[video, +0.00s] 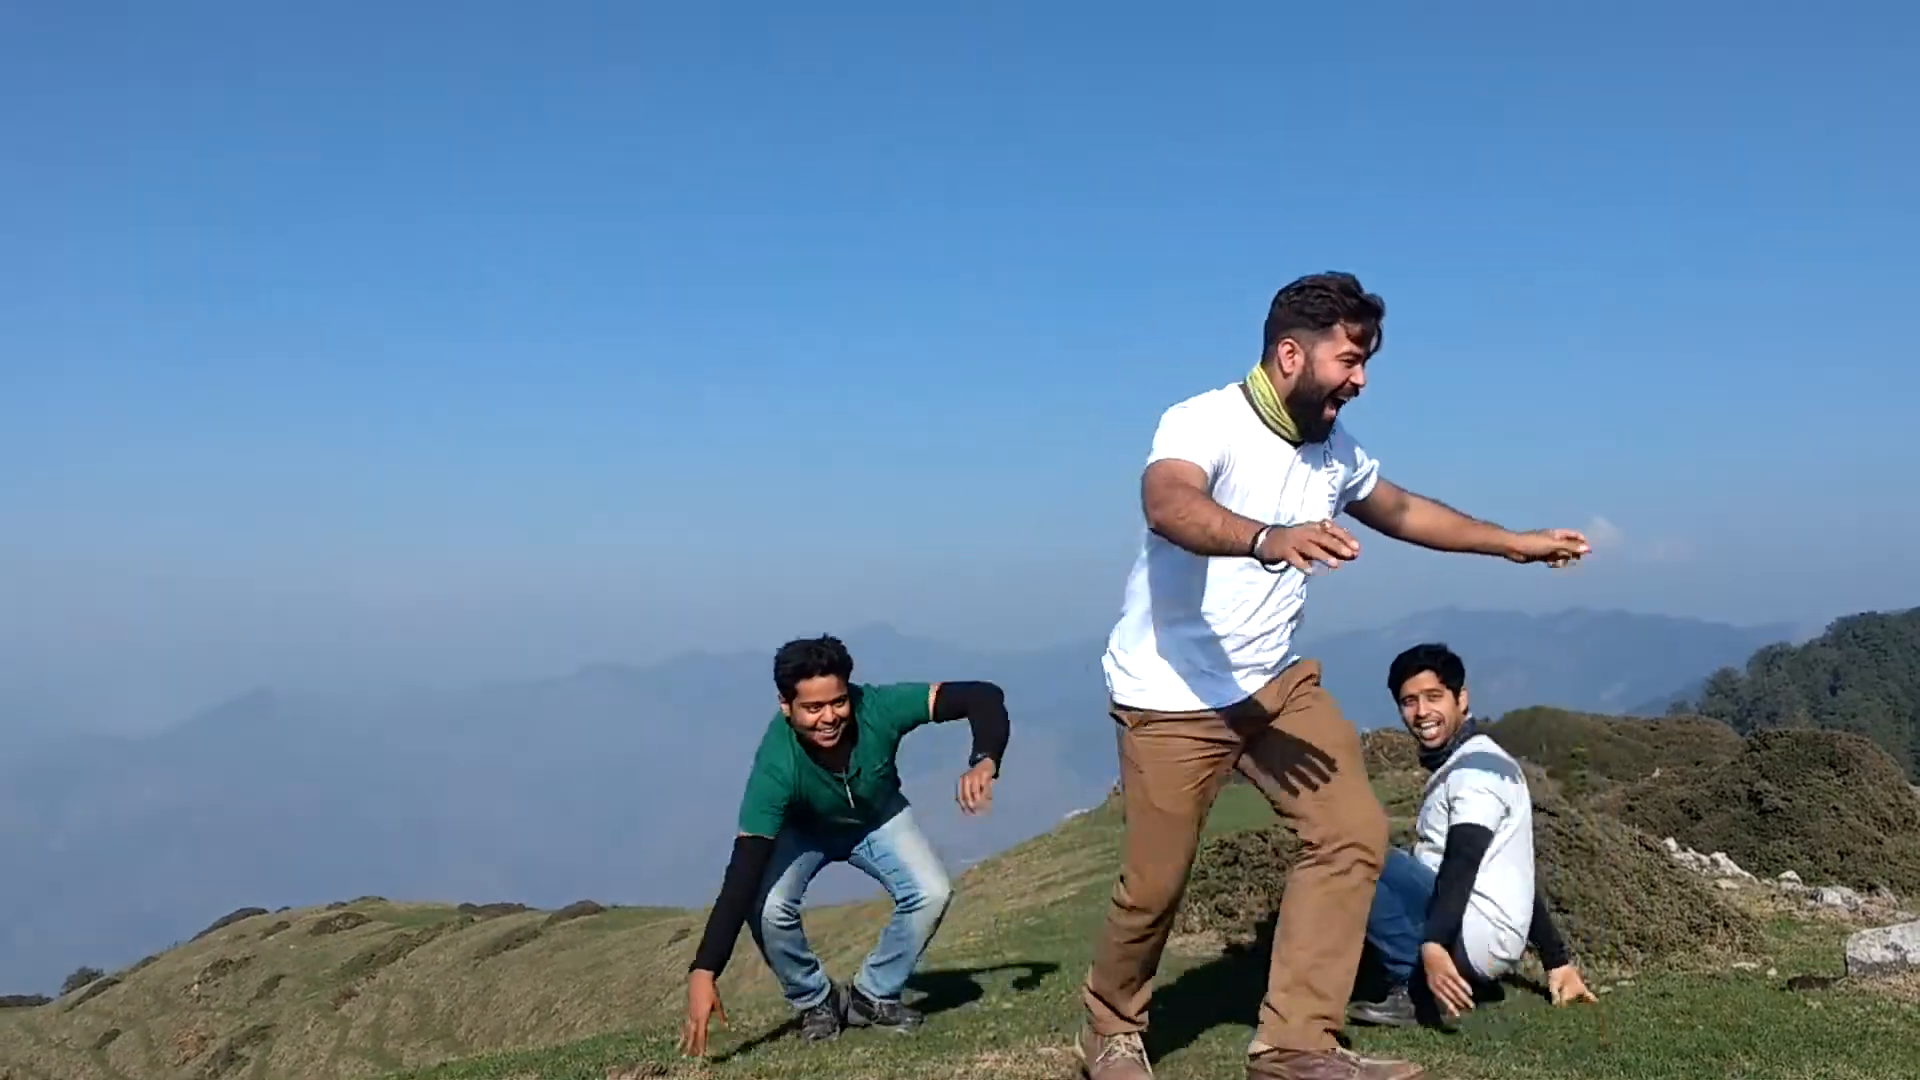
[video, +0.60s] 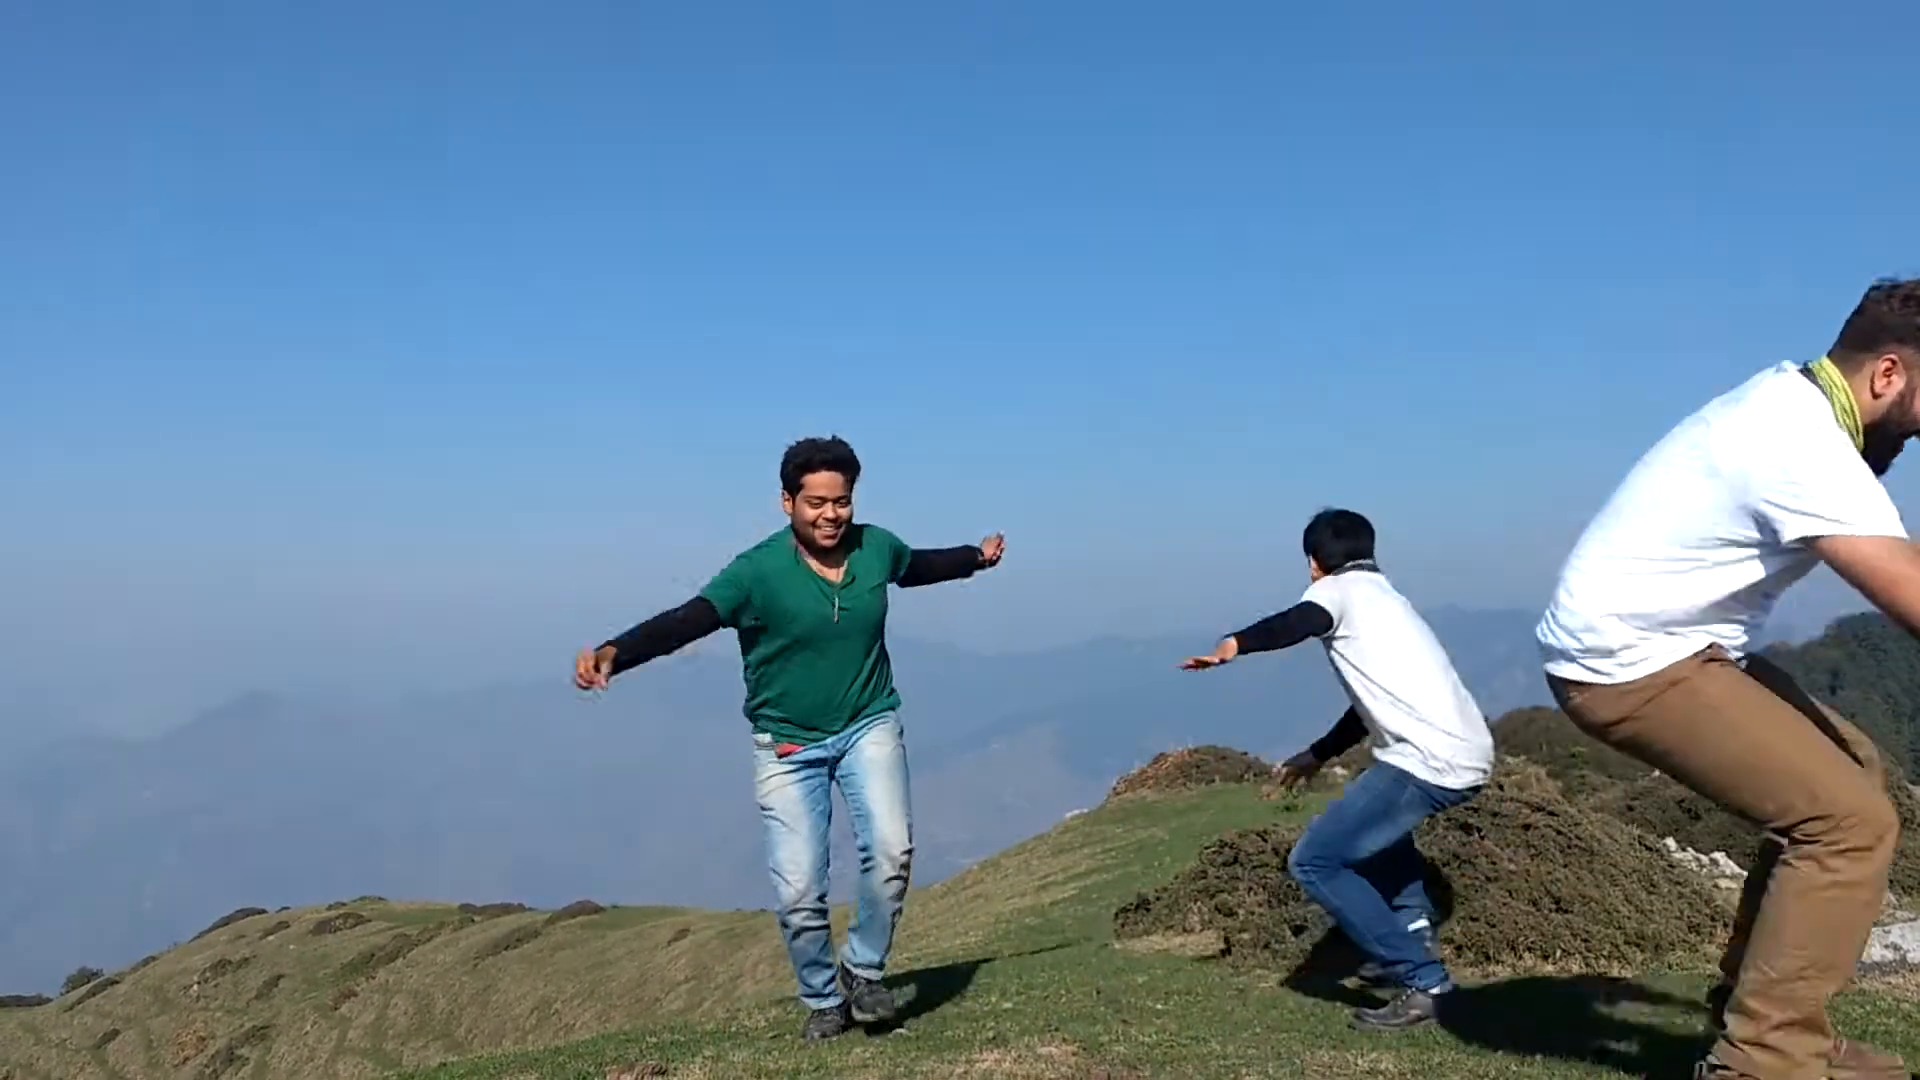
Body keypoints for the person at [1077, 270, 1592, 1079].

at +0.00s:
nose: (1359, 380)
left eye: (1365, 362)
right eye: (1348, 359)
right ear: (1288, 351)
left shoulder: (1333, 451)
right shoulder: (1202, 421)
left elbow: (1400, 512)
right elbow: (1169, 507)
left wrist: (1514, 543)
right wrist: (1264, 537)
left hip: (1276, 683)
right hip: (1172, 695)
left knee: (1349, 834)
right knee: (1153, 889)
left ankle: (1295, 1044)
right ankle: (1115, 1024)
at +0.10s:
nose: (1443, 367)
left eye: (1448, 350)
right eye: (1434, 345)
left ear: (1383, 340)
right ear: (1371, 332)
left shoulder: (1396, 440)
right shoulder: (1277, 397)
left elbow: (1483, 515)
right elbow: (1265, 486)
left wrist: (1608, 564)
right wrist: (1362, 545)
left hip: (1325, 673)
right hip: (1224, 675)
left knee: (1375, 845)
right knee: (1246, 868)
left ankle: (1293, 1043)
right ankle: (1126, 969)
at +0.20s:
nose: (1523, 370)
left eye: (1530, 352)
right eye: (1517, 347)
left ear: (1467, 342)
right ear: (1454, 333)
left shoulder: (1458, 441)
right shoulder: (1359, 392)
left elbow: (1566, 522)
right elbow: (1370, 490)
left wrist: (1697, 586)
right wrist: (1481, 560)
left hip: (1360, 660)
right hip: (1288, 648)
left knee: (1417, 839)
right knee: (1414, 806)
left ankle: (1309, 1025)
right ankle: (1249, 951)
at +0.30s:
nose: (1609, 370)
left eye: (1616, 353)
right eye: (1603, 348)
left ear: (1549, 342)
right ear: (1542, 336)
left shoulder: (1535, 435)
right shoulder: (1447, 395)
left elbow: (1647, 517)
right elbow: (1486, 511)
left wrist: (1780, 587)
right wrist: (1612, 593)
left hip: (1401, 643)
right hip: (1367, 638)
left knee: (1434, 872)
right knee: (1548, 766)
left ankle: (1297, 1048)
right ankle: (1540, 1033)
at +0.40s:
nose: (1708, 360)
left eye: (1716, 342)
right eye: (1703, 338)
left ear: (1644, 326)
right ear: (1641, 323)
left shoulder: (1623, 407)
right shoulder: (1548, 395)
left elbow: (1727, 494)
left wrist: (1851, 575)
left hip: (1508, 640)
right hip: (1465, 640)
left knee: (1498, 868)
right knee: (1650, 799)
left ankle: (1323, 1024)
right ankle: (1733, 1060)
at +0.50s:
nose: (1825, 382)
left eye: (1834, 363)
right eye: (1823, 358)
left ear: (1761, 340)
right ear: (1762, 338)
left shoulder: (1692, 396)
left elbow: (1808, 513)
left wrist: (1908, 598)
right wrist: (1915, 653)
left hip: (1566, 641)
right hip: (1567, 644)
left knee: (1695, 833)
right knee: (1773, 806)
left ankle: (1488, 948)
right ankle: (1761, 1061)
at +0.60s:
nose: (1915, 424)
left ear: (1876, 369)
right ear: (1888, 375)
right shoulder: (1799, 433)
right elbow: (1914, 600)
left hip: (1679, 640)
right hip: (1630, 659)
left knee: (1853, 773)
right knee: (1845, 816)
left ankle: (1763, 1010)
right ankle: (1766, 1053)